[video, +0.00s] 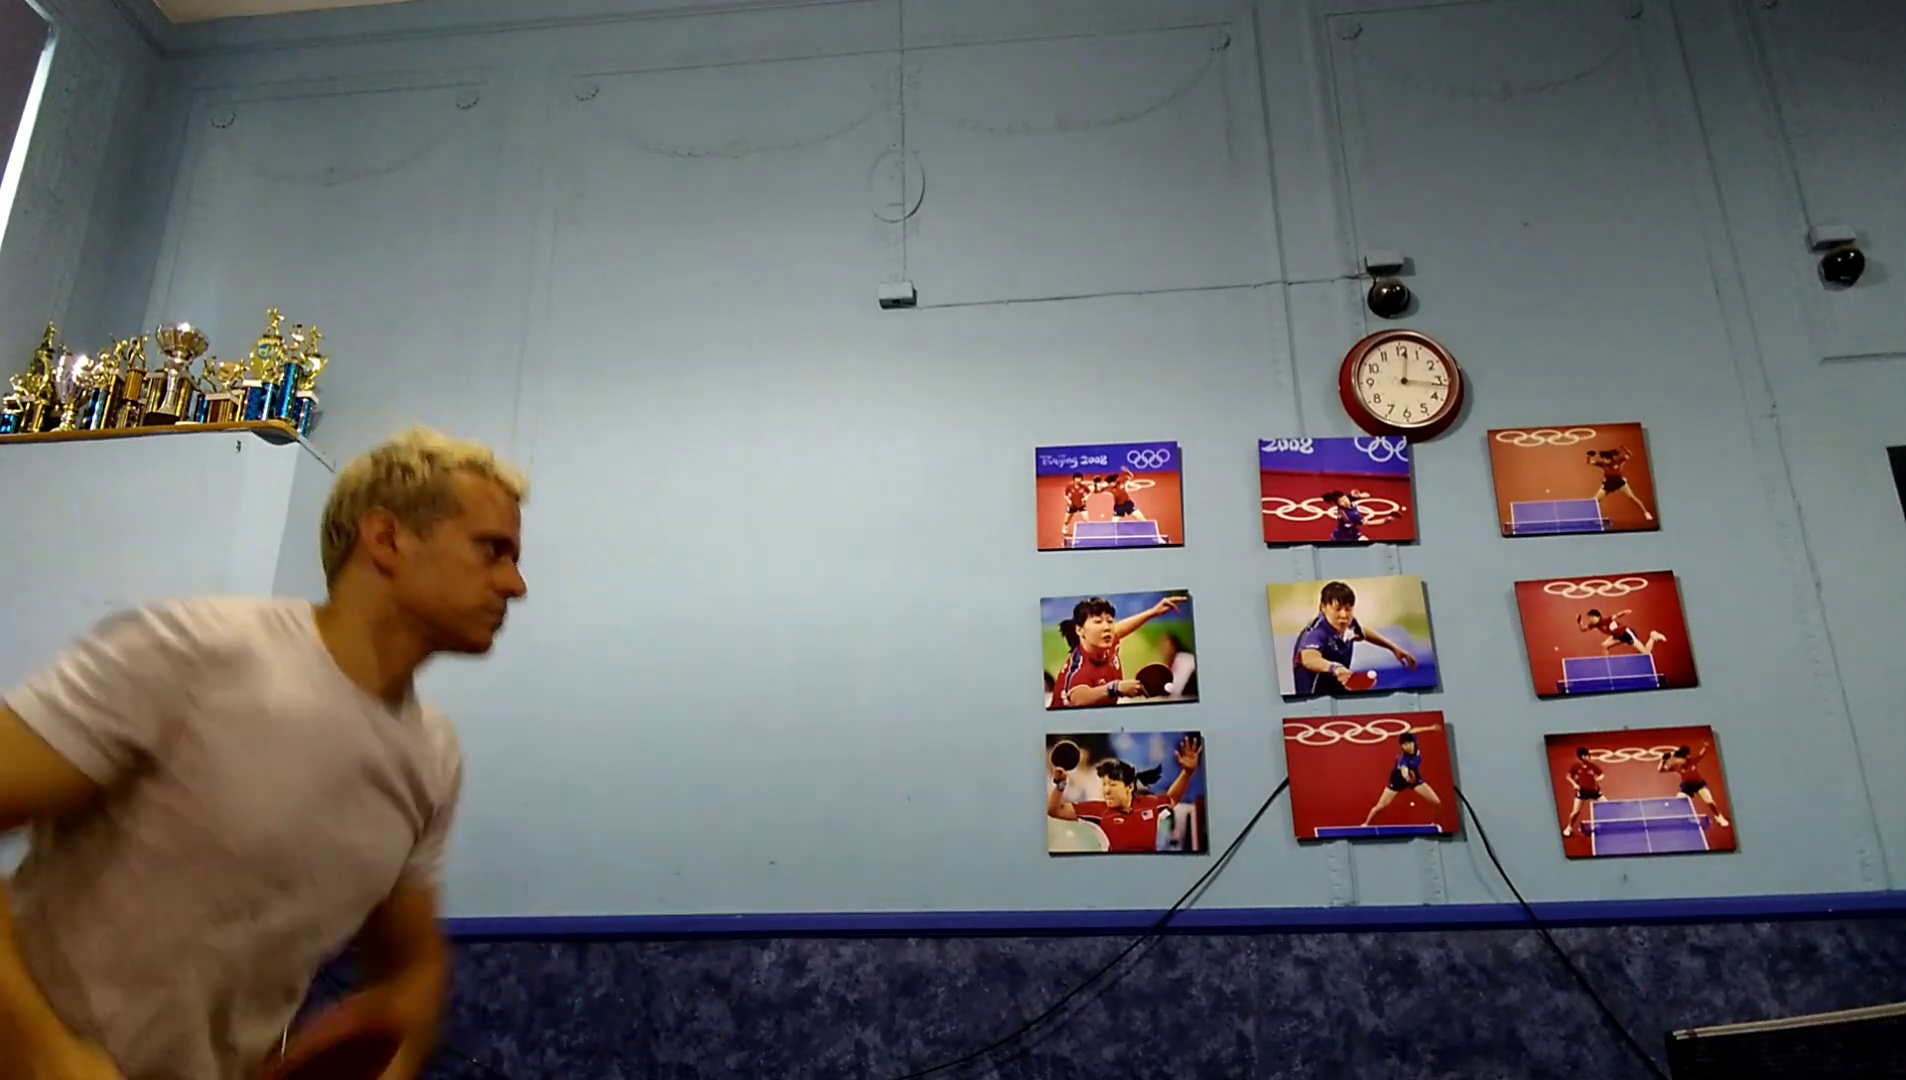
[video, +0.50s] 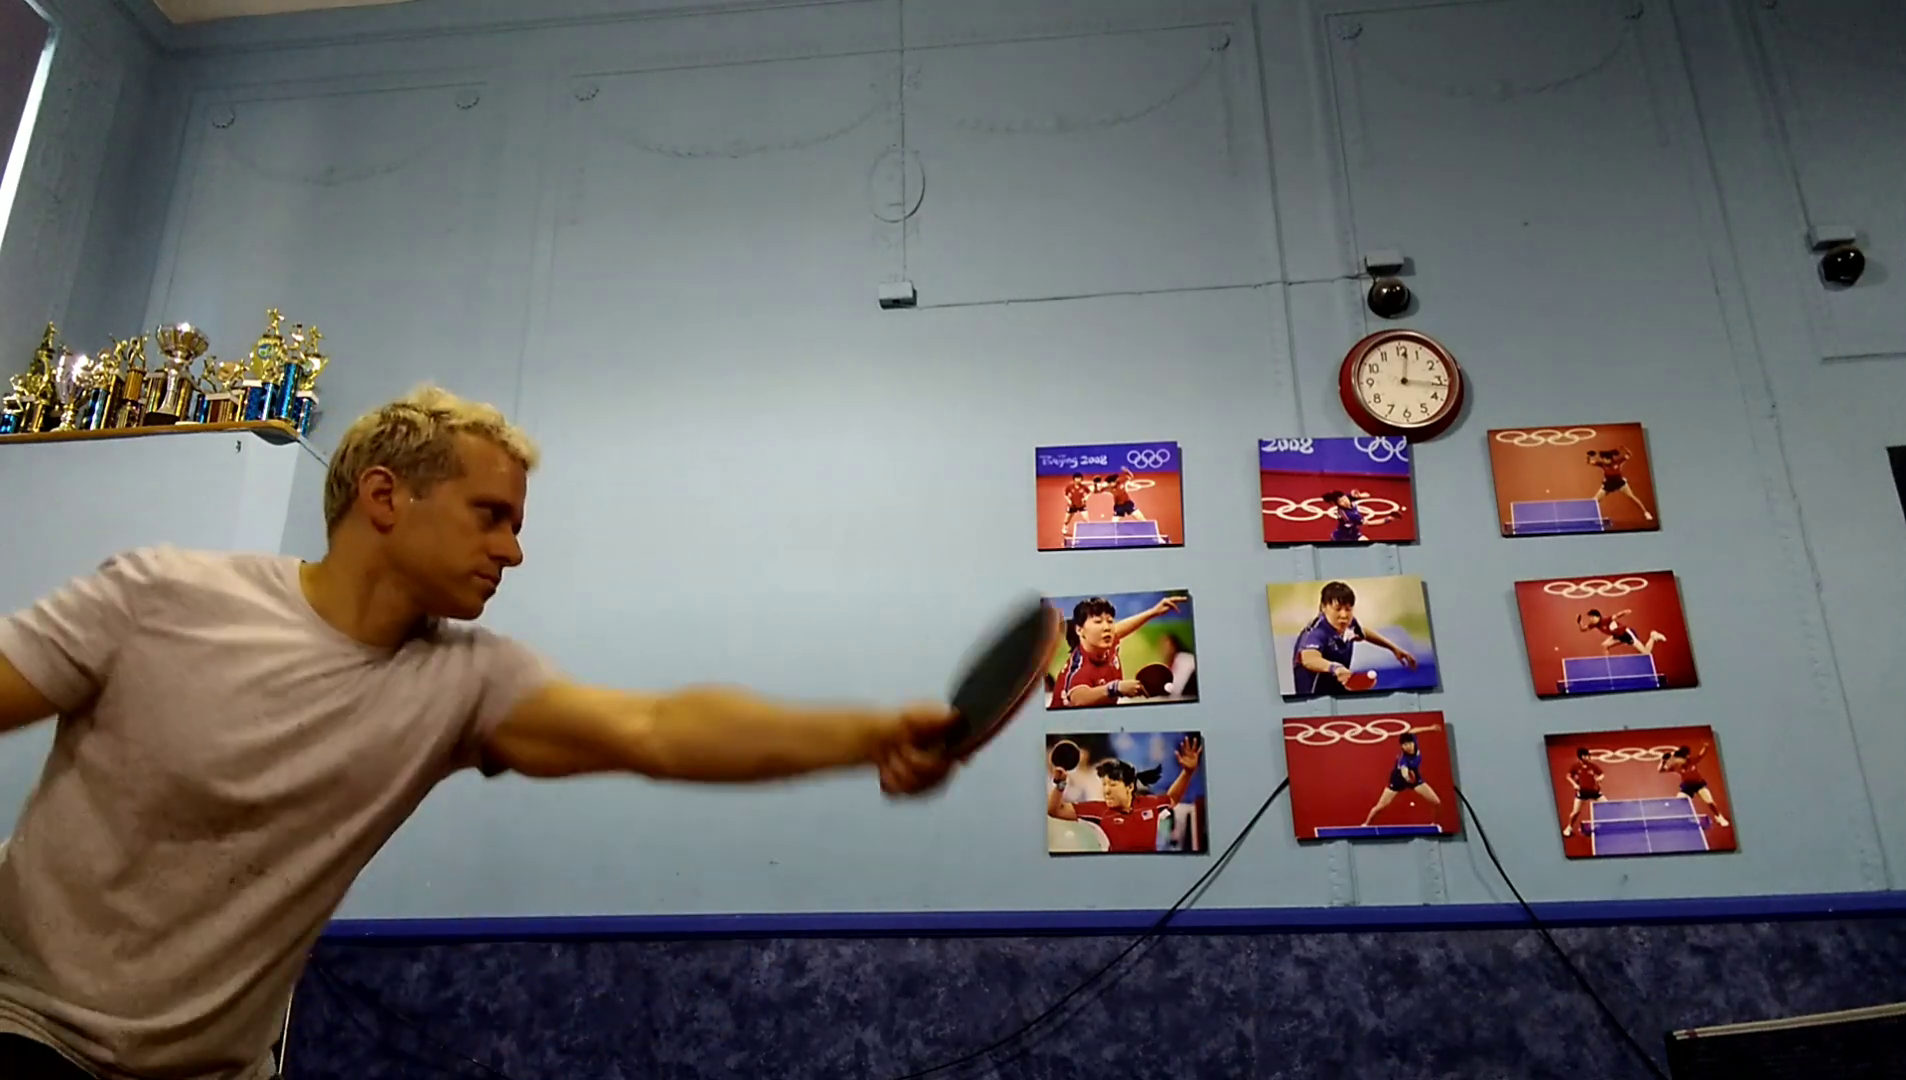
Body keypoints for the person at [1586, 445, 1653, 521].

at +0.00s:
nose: (1605, 461)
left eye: (1606, 460)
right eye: (1603, 460)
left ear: (1610, 459)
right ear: (1603, 459)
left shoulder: (1618, 461)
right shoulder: (1602, 464)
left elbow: (1629, 456)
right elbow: (1590, 463)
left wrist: (1624, 448)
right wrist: (1589, 457)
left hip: (1620, 482)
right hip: (1608, 483)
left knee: (1632, 497)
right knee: (1595, 499)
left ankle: (1645, 512)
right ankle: (1591, 518)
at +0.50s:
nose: (1605, 461)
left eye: (1606, 460)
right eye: (1603, 460)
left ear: (1610, 459)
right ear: (1603, 459)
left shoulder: (1617, 461)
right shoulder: (1602, 464)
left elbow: (1629, 456)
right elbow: (1590, 463)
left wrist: (1625, 449)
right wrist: (1589, 457)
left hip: (1620, 482)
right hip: (1608, 483)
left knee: (1631, 497)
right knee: (1595, 499)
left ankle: (1645, 512)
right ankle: (1592, 519)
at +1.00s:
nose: (1605, 461)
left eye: (1606, 460)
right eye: (1604, 460)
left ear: (1610, 459)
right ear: (1603, 459)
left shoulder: (1617, 462)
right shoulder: (1602, 464)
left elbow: (1629, 456)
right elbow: (1590, 463)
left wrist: (1624, 449)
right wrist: (1589, 457)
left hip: (1620, 482)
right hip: (1608, 483)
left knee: (1632, 497)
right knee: (1595, 499)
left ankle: (1645, 512)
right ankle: (1592, 519)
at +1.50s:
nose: (1605, 461)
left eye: (1606, 460)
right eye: (1603, 460)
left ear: (1610, 459)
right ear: (1603, 459)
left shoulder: (1617, 461)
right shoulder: (1602, 464)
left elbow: (1629, 457)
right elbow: (1590, 463)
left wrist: (1624, 449)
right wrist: (1590, 457)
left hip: (1620, 482)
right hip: (1608, 483)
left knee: (1632, 497)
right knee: (1595, 500)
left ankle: (1645, 512)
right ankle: (1592, 519)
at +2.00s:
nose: (1605, 461)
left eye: (1606, 460)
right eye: (1603, 460)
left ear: (1609, 459)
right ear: (1603, 459)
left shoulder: (1617, 461)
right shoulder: (1602, 464)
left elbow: (1628, 457)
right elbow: (1590, 463)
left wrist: (1624, 449)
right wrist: (1590, 457)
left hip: (1620, 482)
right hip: (1608, 482)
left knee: (1632, 497)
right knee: (1595, 499)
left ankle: (1645, 512)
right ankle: (1593, 519)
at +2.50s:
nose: (1605, 461)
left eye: (1606, 460)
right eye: (1603, 460)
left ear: (1610, 459)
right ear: (1603, 459)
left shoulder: (1617, 461)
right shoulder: (1602, 464)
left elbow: (1629, 457)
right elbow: (1590, 463)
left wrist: (1624, 449)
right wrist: (1589, 457)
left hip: (1620, 482)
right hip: (1608, 483)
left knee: (1632, 497)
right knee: (1595, 499)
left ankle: (1645, 512)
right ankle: (1592, 519)